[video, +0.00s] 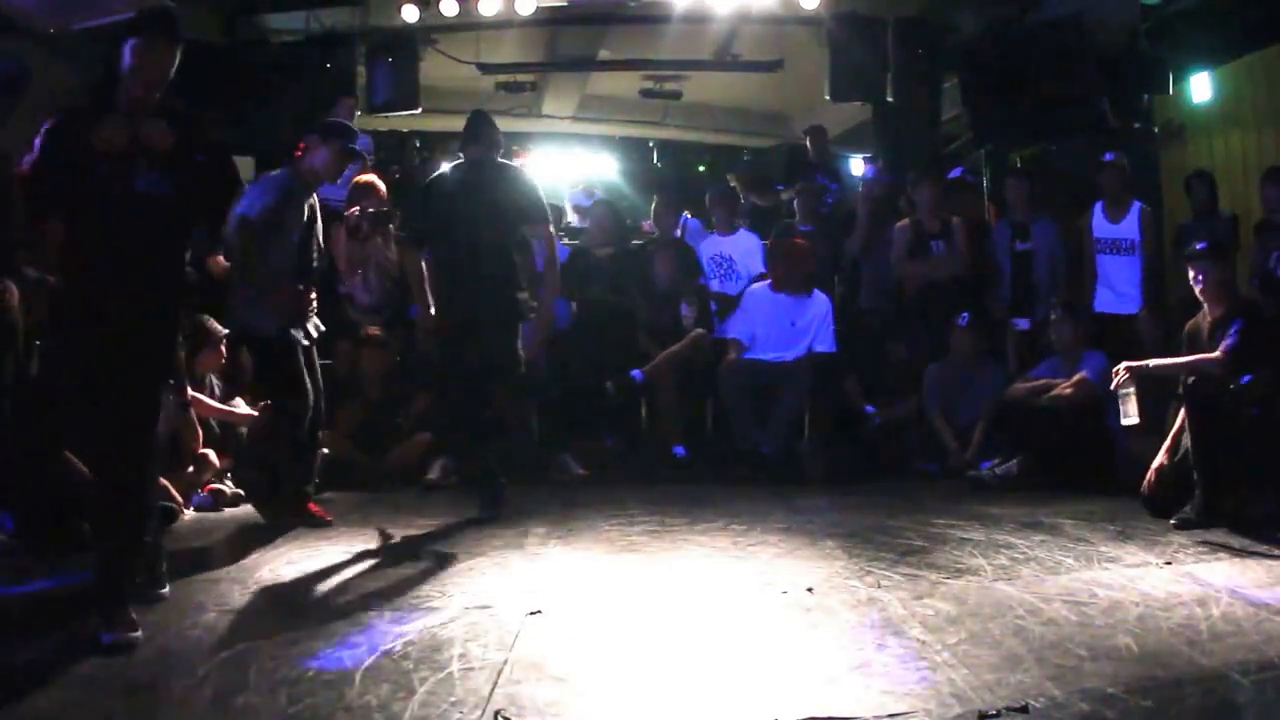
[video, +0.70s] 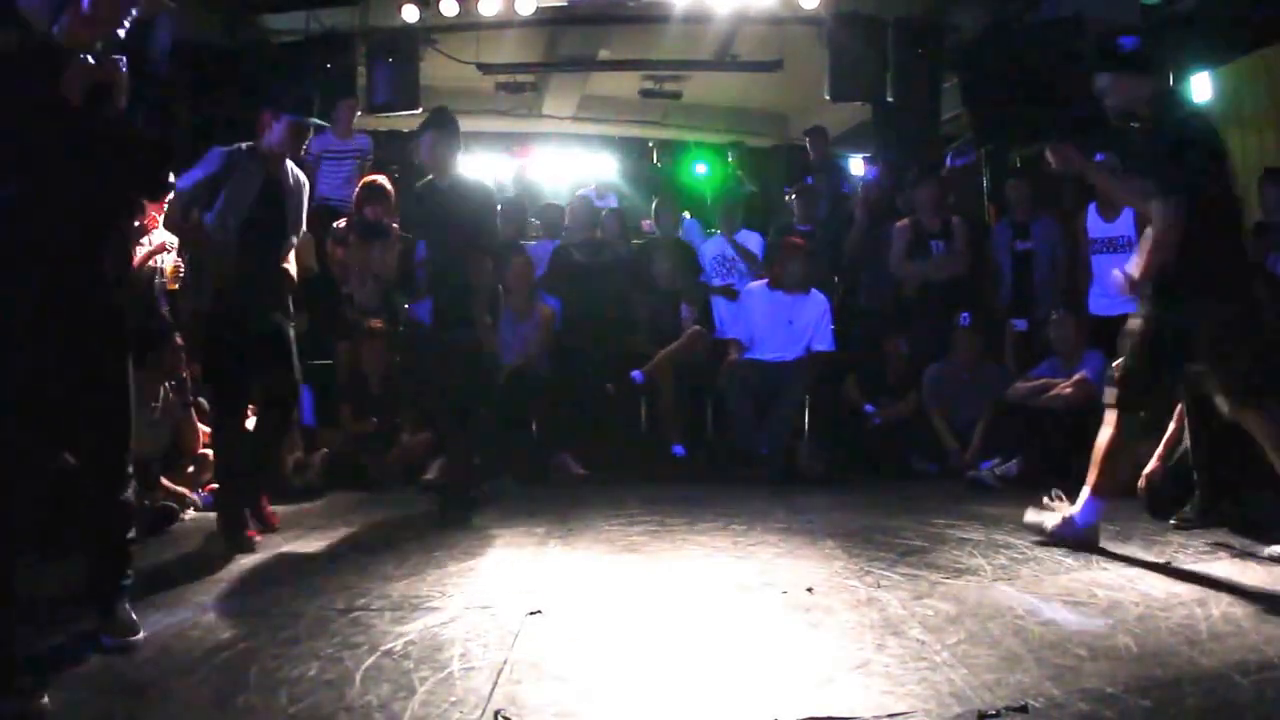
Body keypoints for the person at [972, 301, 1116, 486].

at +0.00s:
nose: (1053, 333)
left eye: (1060, 326)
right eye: (1052, 327)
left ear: (1077, 329)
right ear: (1048, 332)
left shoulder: (1095, 360)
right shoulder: (1054, 362)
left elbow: (1070, 393)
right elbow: (1012, 392)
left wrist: (1035, 401)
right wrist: (1054, 384)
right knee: (1004, 407)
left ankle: (1019, 463)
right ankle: (1001, 459)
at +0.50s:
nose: (1056, 337)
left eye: (1061, 330)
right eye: (1053, 331)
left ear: (1075, 331)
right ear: (1049, 335)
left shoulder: (1093, 361)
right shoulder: (1054, 363)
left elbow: (1073, 393)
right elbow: (1012, 393)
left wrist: (1038, 400)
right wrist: (1054, 384)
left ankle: (1022, 462)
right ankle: (1005, 457)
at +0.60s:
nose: (1057, 335)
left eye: (1061, 327)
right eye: (1054, 328)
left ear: (1075, 329)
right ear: (1050, 333)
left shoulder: (1094, 361)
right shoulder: (1054, 363)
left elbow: (1072, 394)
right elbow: (1011, 393)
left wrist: (1034, 401)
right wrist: (1053, 384)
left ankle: (1022, 464)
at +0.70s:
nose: (1054, 333)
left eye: (1060, 327)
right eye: (1052, 327)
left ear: (1076, 330)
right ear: (1049, 331)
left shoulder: (1093, 360)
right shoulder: (1054, 363)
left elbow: (1071, 396)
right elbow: (1012, 393)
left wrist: (1030, 400)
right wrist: (1052, 384)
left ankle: (1020, 463)